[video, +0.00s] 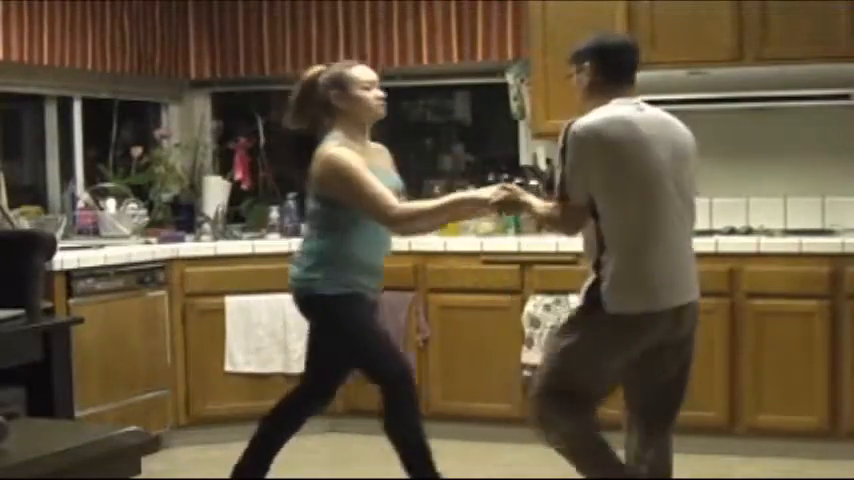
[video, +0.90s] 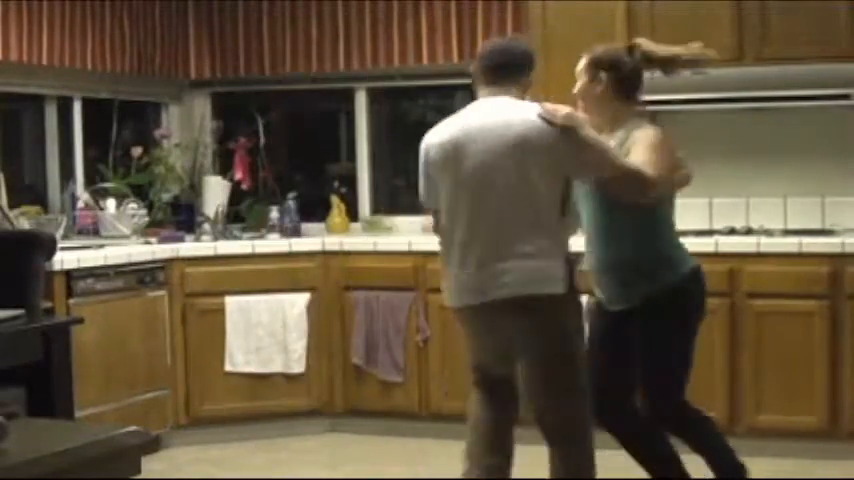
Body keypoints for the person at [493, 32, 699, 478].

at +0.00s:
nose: (574, 84)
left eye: (576, 73)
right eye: (575, 74)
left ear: (590, 74)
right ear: (630, 76)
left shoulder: (586, 131)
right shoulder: (677, 129)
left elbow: (568, 219)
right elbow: (669, 211)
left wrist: (521, 200)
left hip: (621, 305)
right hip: (680, 302)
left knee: (554, 408)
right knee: (651, 433)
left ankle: (615, 473)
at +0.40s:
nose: (524, 86)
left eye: (526, 75)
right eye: (523, 76)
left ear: (541, 74)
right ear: (579, 75)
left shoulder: (542, 124)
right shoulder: (629, 129)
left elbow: (540, 205)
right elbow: (652, 208)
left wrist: (469, 218)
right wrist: (586, 212)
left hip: (589, 308)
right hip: (639, 302)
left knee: (604, 435)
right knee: (589, 433)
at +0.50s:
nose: (512, 89)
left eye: (516, 77)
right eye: (513, 77)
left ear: (532, 75)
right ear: (569, 76)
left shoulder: (526, 128)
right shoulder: (621, 130)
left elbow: (500, 213)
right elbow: (647, 206)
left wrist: (426, 217)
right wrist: (579, 216)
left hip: (568, 308)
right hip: (625, 302)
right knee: (578, 432)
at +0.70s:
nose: (565, 94)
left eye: (575, 83)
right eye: (558, 87)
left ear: (606, 83)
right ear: (552, 95)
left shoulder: (632, 139)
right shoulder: (558, 148)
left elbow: (706, 169)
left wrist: (628, 128)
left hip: (655, 282)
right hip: (595, 285)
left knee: (665, 402)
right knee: (587, 404)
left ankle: (699, 474)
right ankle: (615, 472)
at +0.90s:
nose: (575, 90)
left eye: (581, 80)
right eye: (575, 80)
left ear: (605, 84)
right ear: (611, 86)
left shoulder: (647, 136)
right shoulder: (588, 138)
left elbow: (647, 188)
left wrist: (581, 135)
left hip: (667, 291)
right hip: (613, 300)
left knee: (664, 405)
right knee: (610, 407)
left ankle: (733, 472)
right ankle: (674, 476)